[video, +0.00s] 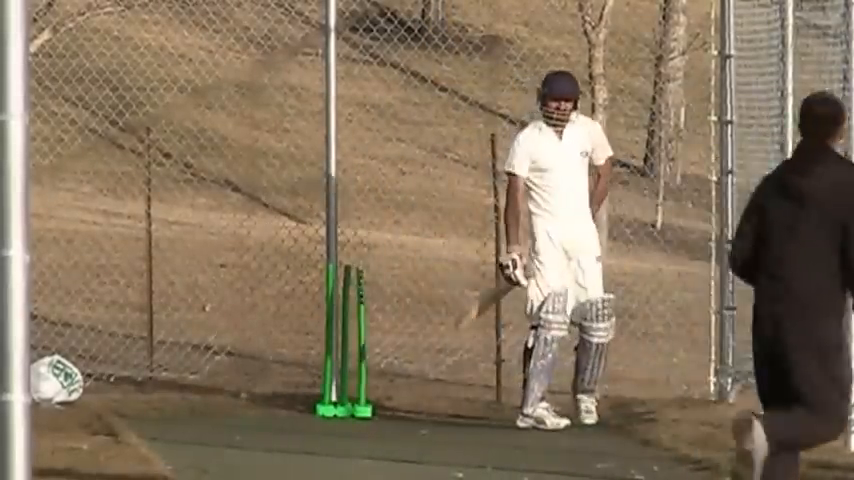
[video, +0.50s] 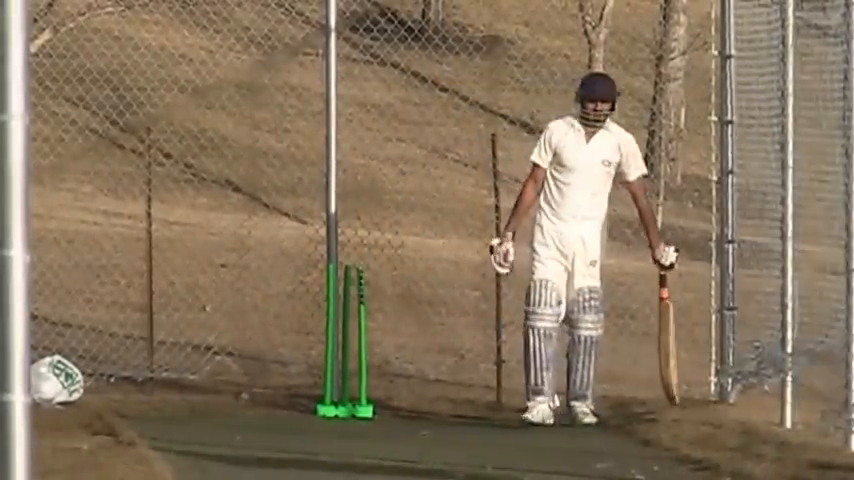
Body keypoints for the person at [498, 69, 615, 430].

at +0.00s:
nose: (560, 109)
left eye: (567, 103)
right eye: (553, 102)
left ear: (576, 104)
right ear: (542, 101)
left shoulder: (588, 130)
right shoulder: (527, 140)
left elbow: (605, 171)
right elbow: (514, 197)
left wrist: (589, 213)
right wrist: (514, 247)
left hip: (584, 238)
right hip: (546, 241)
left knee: (596, 316)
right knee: (551, 318)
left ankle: (586, 393)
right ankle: (533, 404)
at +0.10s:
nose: (569, 109)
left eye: (576, 102)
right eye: (563, 102)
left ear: (585, 103)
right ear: (550, 101)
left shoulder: (598, 131)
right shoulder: (533, 138)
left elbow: (616, 171)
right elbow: (516, 190)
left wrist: (607, 222)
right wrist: (510, 237)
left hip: (588, 240)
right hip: (549, 240)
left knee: (593, 318)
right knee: (552, 318)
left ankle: (584, 396)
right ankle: (534, 403)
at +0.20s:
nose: (580, 108)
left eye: (587, 102)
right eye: (573, 101)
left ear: (597, 104)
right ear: (562, 100)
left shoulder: (609, 135)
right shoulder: (543, 134)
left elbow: (624, 182)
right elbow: (521, 186)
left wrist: (623, 233)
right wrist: (508, 234)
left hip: (591, 241)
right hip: (551, 239)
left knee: (589, 320)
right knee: (552, 317)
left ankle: (583, 399)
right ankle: (535, 402)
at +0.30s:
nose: (592, 110)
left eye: (600, 105)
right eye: (586, 103)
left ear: (609, 106)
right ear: (574, 102)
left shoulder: (617, 139)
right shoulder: (551, 134)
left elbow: (632, 189)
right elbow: (526, 185)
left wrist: (639, 237)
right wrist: (508, 234)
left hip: (588, 244)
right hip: (551, 240)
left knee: (588, 323)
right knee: (551, 321)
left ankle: (582, 400)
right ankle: (543, 400)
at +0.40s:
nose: (597, 111)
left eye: (605, 105)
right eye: (591, 103)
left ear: (614, 107)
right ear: (579, 102)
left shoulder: (621, 141)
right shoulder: (557, 133)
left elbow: (637, 194)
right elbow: (531, 185)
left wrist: (651, 243)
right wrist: (509, 234)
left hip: (588, 244)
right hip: (548, 241)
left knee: (587, 322)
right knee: (546, 320)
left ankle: (581, 402)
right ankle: (546, 401)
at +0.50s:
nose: (596, 109)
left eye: (603, 103)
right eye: (590, 102)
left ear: (613, 105)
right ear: (578, 101)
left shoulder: (621, 142)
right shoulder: (557, 132)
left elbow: (639, 197)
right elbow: (532, 185)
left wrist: (656, 245)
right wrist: (508, 233)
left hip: (589, 245)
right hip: (549, 241)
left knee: (587, 322)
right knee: (542, 318)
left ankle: (580, 402)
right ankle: (540, 401)